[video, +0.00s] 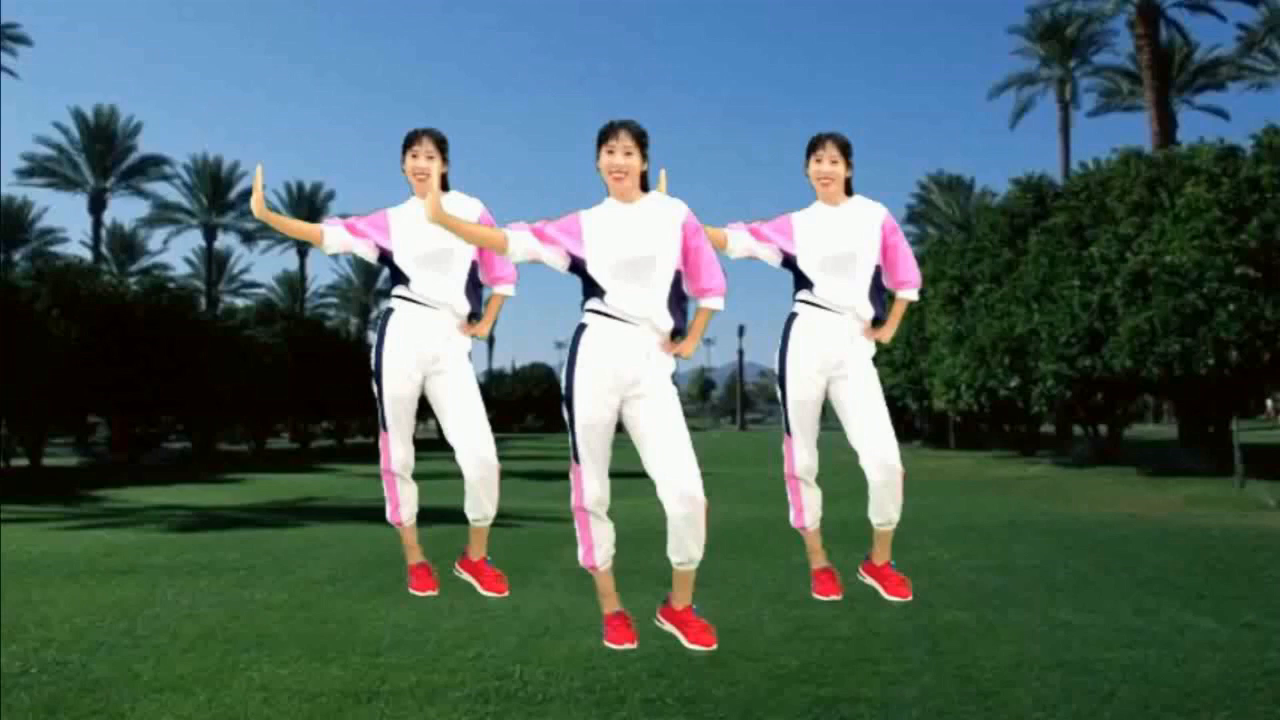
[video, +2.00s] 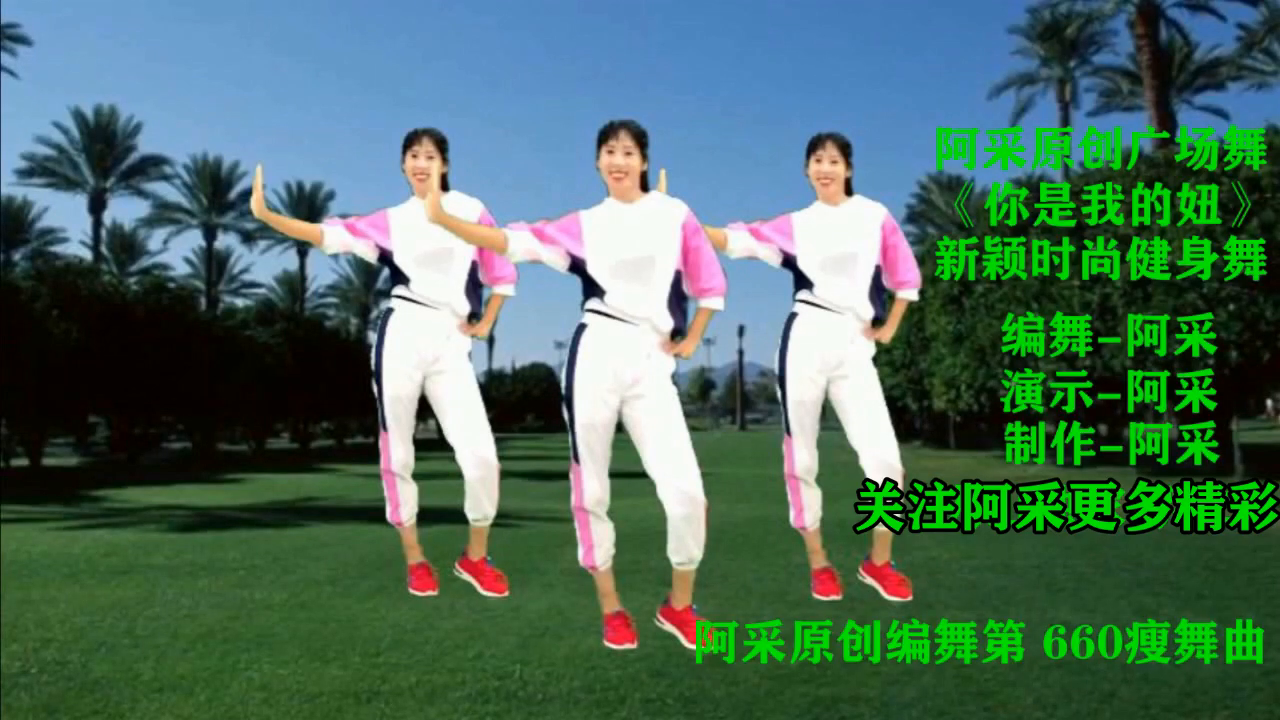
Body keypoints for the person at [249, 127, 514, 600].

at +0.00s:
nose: (420, 164)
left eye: (429, 157)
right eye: (413, 157)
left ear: (444, 165)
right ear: (404, 166)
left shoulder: (472, 211)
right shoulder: (393, 220)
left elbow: (503, 272)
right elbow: (327, 235)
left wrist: (485, 325)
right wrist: (265, 214)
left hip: (451, 335)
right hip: (401, 331)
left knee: (482, 457)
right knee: (399, 453)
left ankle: (476, 557)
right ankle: (415, 561)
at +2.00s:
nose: (420, 164)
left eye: (428, 157)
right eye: (412, 157)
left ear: (444, 165)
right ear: (404, 166)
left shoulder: (473, 211)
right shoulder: (393, 220)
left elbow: (503, 273)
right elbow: (327, 235)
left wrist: (484, 324)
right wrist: (265, 215)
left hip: (451, 335)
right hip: (401, 331)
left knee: (482, 456)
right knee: (399, 453)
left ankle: (476, 557)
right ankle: (415, 561)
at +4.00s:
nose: (420, 164)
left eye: (428, 157)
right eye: (412, 157)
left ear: (444, 165)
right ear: (404, 166)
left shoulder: (473, 211)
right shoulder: (393, 220)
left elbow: (503, 273)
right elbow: (327, 235)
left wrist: (484, 325)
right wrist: (265, 215)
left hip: (451, 335)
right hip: (401, 331)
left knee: (482, 457)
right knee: (399, 453)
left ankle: (476, 557)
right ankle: (415, 561)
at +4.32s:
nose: (465, 165)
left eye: (472, 157)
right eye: (458, 158)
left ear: (486, 166)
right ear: (448, 167)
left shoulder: (509, 216)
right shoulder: (439, 227)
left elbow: (535, 284)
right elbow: (384, 246)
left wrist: (519, 338)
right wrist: (334, 222)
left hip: (492, 352)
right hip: (450, 347)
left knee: (516, 485)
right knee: (446, 480)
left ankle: (511, 600)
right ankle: (459, 601)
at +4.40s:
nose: (456, 180)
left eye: (461, 174)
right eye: (451, 174)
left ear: (471, 180)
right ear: (444, 181)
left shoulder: (483, 222)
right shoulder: (437, 231)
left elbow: (500, 279)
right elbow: (399, 246)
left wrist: (492, 325)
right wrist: (371, 223)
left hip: (473, 336)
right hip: (444, 335)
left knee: (487, 445)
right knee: (442, 444)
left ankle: (485, 547)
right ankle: (452, 548)